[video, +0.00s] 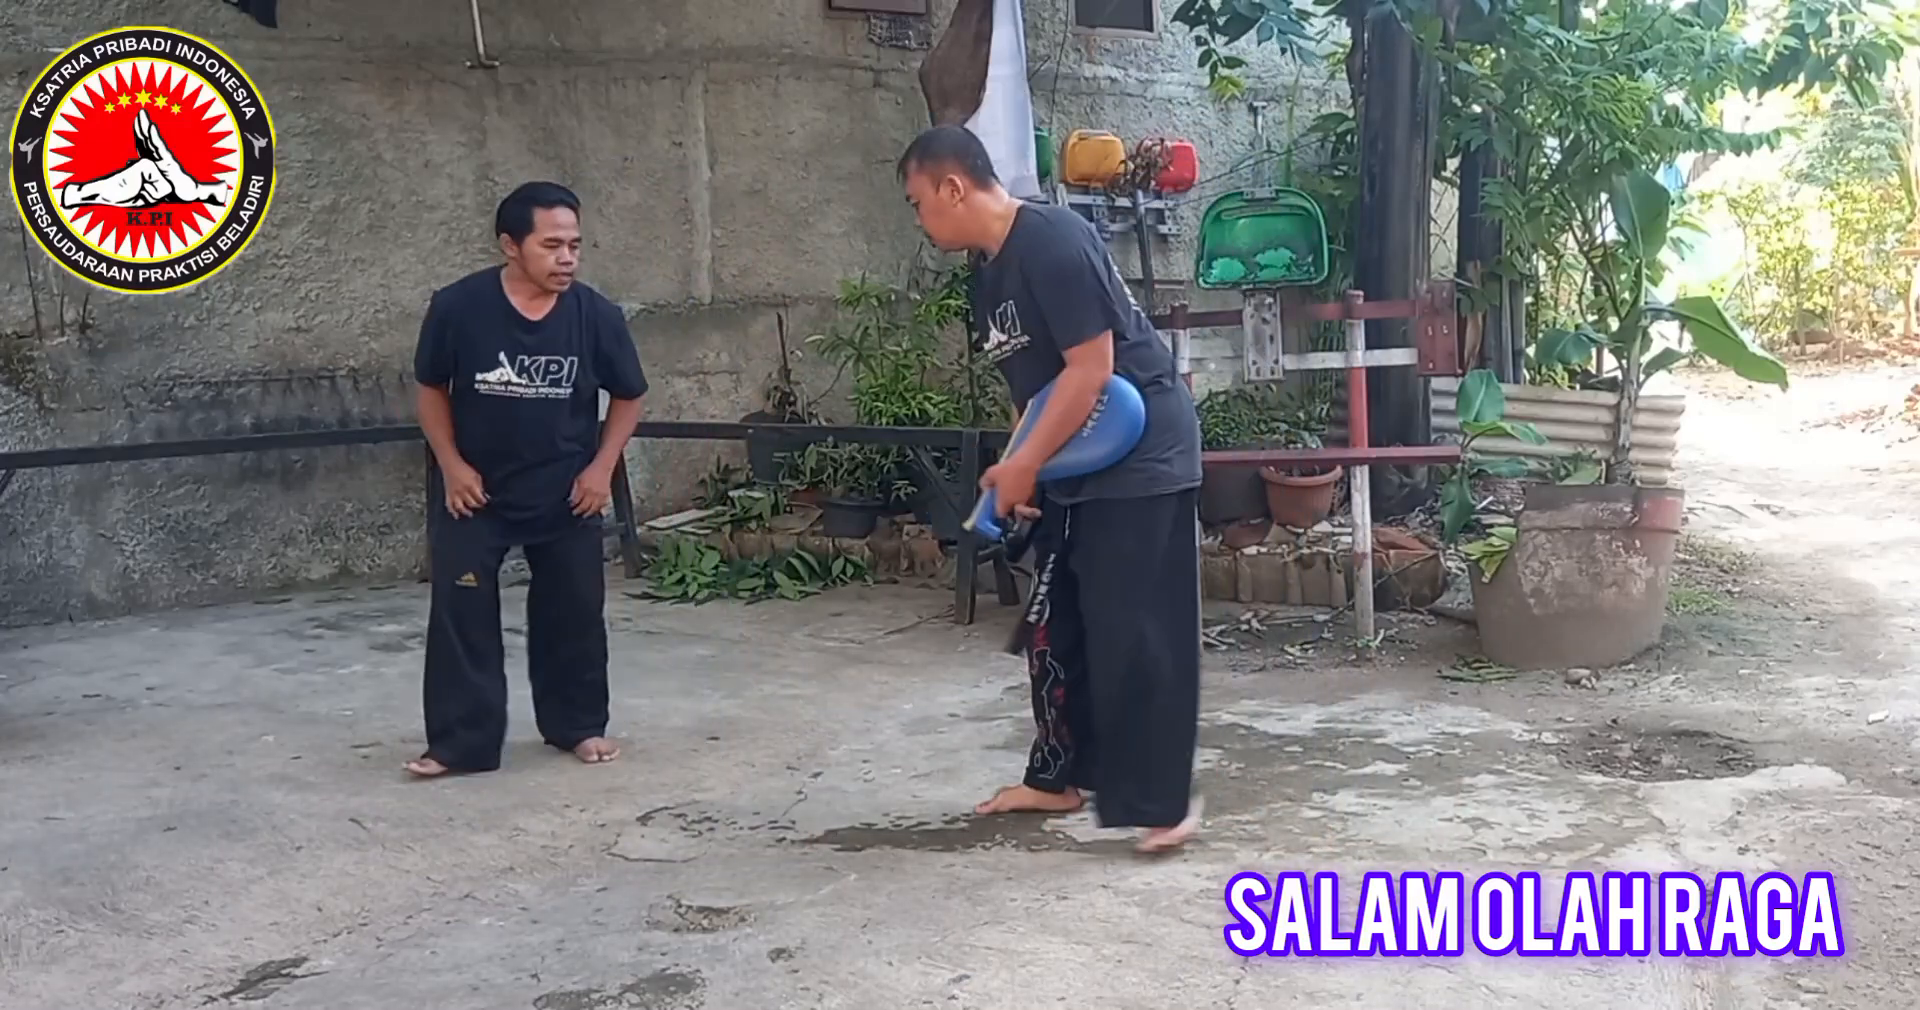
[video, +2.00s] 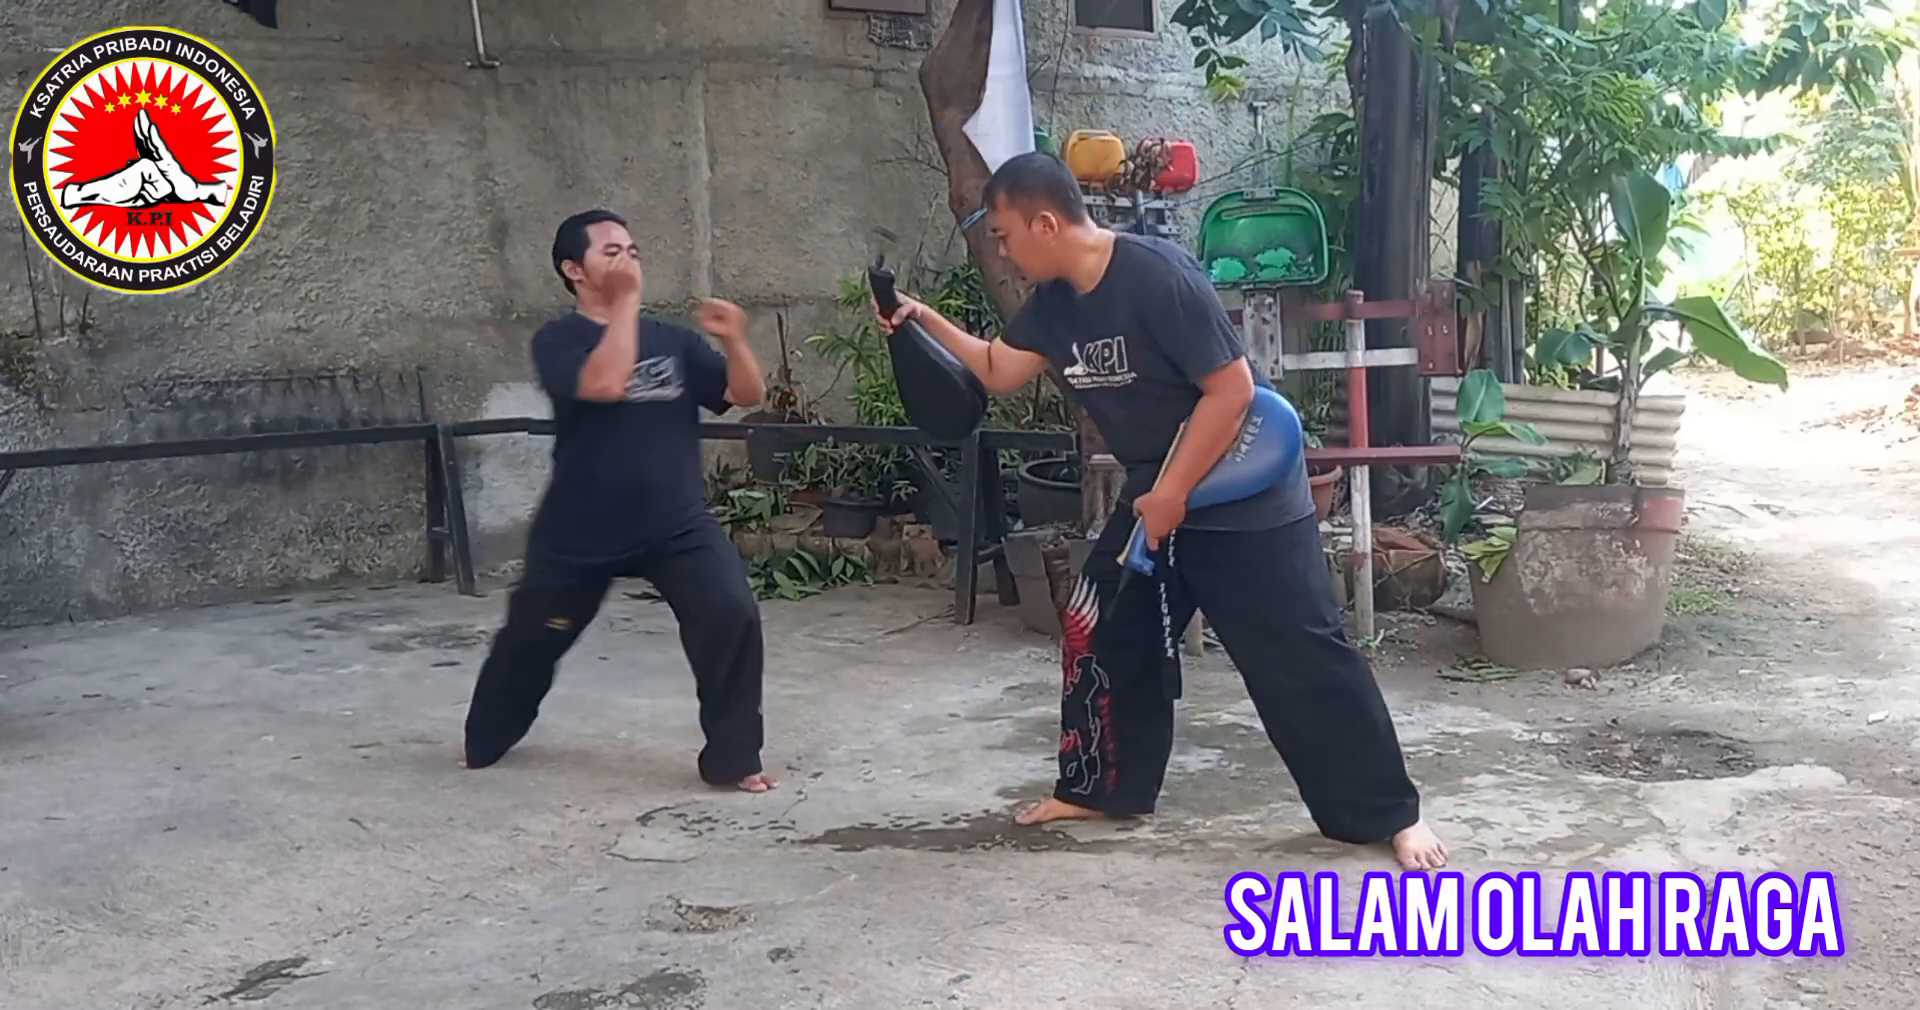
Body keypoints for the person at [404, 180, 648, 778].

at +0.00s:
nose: (569, 258)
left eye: (574, 245)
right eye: (554, 246)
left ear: (579, 244)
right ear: (511, 246)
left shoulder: (597, 316)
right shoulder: (456, 308)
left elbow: (629, 396)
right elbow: (433, 389)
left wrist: (602, 468)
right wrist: (451, 463)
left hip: (566, 492)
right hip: (473, 492)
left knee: (577, 608)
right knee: (459, 611)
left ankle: (576, 725)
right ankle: (462, 744)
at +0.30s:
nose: (534, 256)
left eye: (538, 245)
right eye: (519, 245)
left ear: (544, 253)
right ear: (476, 254)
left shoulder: (569, 331)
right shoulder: (430, 330)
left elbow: (608, 412)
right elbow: (401, 401)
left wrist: (588, 464)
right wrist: (430, 461)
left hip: (558, 501)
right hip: (468, 506)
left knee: (612, 588)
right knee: (457, 620)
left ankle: (611, 712)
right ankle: (488, 716)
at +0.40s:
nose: (546, 245)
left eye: (550, 235)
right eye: (530, 235)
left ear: (556, 245)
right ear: (490, 247)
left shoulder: (584, 322)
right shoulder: (446, 324)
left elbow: (628, 404)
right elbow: (430, 401)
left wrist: (607, 457)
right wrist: (450, 451)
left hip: (574, 494)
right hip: (484, 499)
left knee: (626, 588)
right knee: (465, 608)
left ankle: (673, 725)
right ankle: (480, 713)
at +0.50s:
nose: (572, 248)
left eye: (577, 238)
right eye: (556, 237)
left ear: (584, 249)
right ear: (517, 249)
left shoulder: (612, 325)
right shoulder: (474, 323)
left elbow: (669, 403)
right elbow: (451, 402)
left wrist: (656, 445)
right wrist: (486, 431)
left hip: (598, 498)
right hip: (511, 500)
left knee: (647, 601)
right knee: (476, 606)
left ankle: (707, 743)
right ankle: (477, 708)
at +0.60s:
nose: (616, 276)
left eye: (621, 266)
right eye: (601, 264)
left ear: (627, 275)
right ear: (559, 274)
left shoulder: (648, 354)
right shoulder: (517, 349)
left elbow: (711, 415)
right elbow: (491, 440)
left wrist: (730, 440)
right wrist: (565, 401)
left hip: (639, 523)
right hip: (543, 525)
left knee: (690, 616)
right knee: (485, 630)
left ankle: (719, 753)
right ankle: (472, 724)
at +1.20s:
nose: (623, 253)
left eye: (628, 242)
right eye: (608, 241)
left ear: (633, 250)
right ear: (565, 247)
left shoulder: (653, 327)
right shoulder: (524, 312)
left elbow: (707, 388)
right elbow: (529, 386)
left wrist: (754, 428)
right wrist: (597, 324)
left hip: (645, 505)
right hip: (550, 507)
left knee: (698, 614)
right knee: (504, 623)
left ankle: (729, 758)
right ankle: (480, 741)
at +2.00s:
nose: (630, 257)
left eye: (632, 249)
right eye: (612, 250)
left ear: (640, 261)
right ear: (574, 271)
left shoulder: (675, 341)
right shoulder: (559, 340)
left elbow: (746, 394)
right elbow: (605, 383)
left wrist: (735, 343)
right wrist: (627, 301)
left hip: (677, 523)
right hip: (583, 528)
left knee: (732, 616)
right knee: (530, 639)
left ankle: (731, 759)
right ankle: (484, 742)